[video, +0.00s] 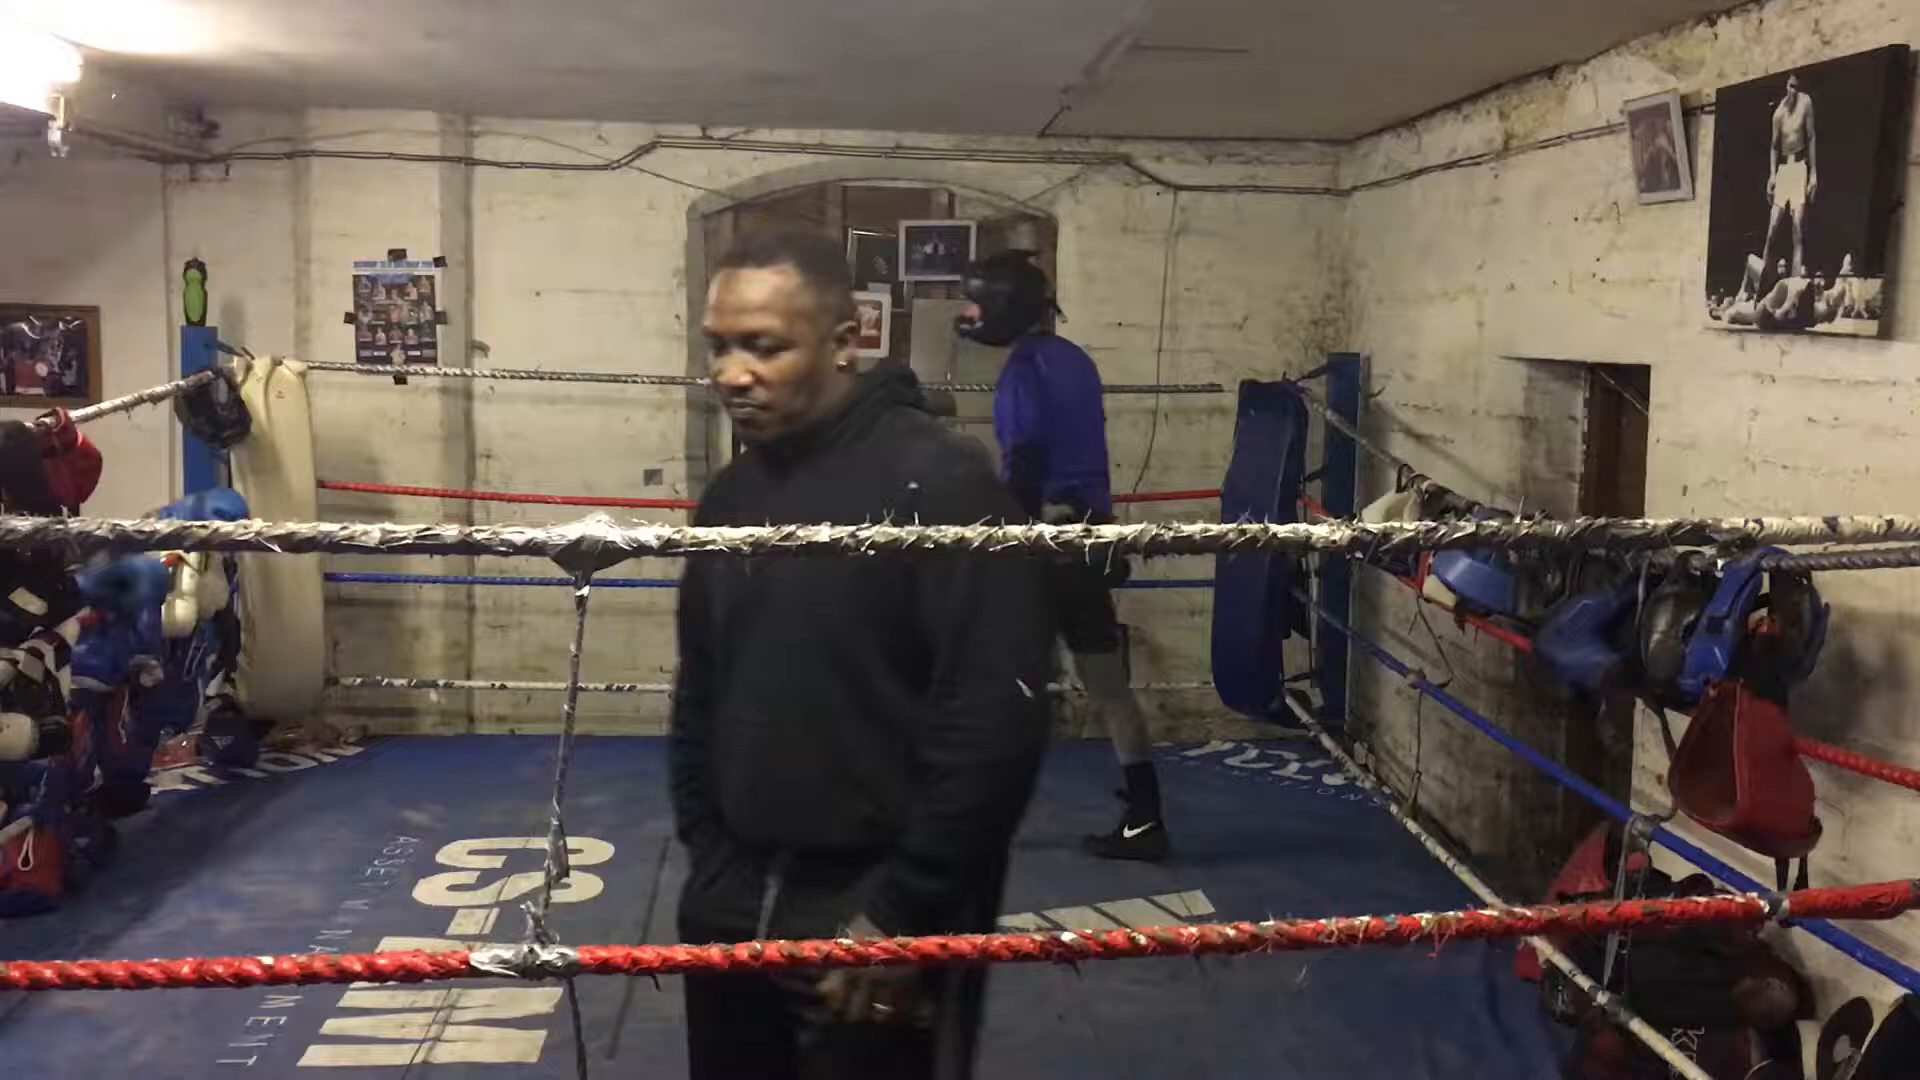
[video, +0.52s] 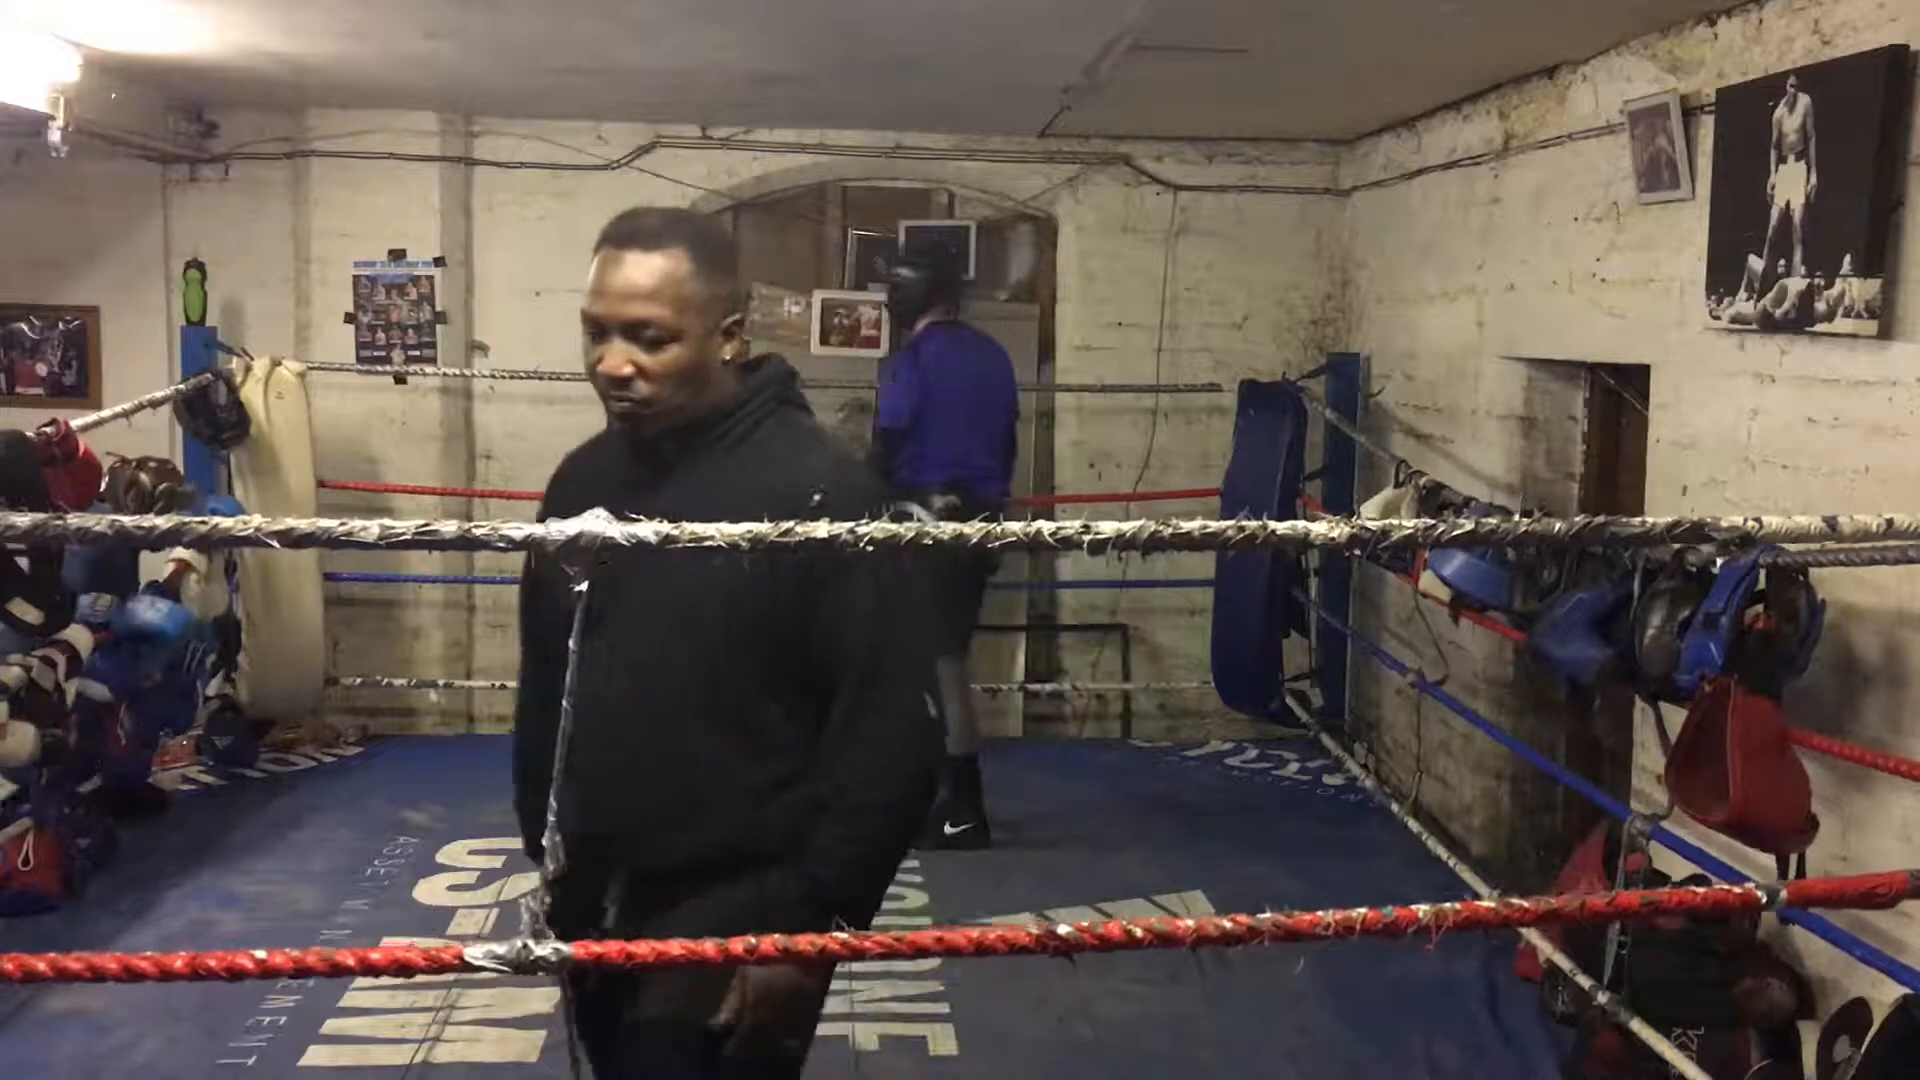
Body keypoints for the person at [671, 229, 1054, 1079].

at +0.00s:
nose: (733, 374)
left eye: (763, 348)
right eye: (719, 347)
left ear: (847, 341)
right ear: (707, 343)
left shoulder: (947, 488)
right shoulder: (730, 497)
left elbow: (996, 724)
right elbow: (698, 694)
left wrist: (897, 917)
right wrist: (711, 859)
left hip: (888, 900)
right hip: (735, 883)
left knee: (871, 1066)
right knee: (731, 1067)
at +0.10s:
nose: (713, 364)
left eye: (744, 337)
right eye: (702, 338)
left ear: (827, 335)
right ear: (693, 335)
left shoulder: (928, 479)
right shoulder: (706, 491)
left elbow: (978, 715)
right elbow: (675, 694)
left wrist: (873, 903)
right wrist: (687, 866)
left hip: (867, 892)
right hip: (715, 883)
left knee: (844, 1066)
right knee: (716, 1067)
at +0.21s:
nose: (689, 346)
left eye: (722, 320)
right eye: (677, 319)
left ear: (799, 322)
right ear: (666, 317)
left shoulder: (899, 472)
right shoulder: (674, 481)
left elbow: (942, 715)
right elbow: (647, 691)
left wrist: (851, 899)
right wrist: (658, 862)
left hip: (839, 883)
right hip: (688, 879)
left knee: (823, 1067)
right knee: (703, 1067)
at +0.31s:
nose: (648, 353)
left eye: (680, 328)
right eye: (634, 325)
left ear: (760, 328)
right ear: (620, 320)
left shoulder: (864, 474)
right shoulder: (634, 483)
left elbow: (920, 709)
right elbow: (606, 688)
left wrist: (821, 895)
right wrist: (627, 862)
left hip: (812, 881)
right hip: (659, 876)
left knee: (794, 1067)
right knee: (683, 1064)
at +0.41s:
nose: (626, 364)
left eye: (659, 337)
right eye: (610, 334)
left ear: (739, 329)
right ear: (595, 324)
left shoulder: (844, 480)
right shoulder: (605, 486)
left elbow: (912, 716)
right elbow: (574, 684)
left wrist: (815, 905)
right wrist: (589, 843)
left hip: (779, 901)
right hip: (631, 889)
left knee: (729, 1063)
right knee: (664, 1061)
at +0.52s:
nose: (614, 366)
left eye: (649, 338)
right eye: (598, 334)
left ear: (732, 336)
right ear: (583, 325)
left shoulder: (830, 497)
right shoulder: (583, 482)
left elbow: (893, 749)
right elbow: (543, 685)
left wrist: (806, 933)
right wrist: (546, 846)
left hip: (746, 916)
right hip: (596, 897)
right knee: (616, 1058)